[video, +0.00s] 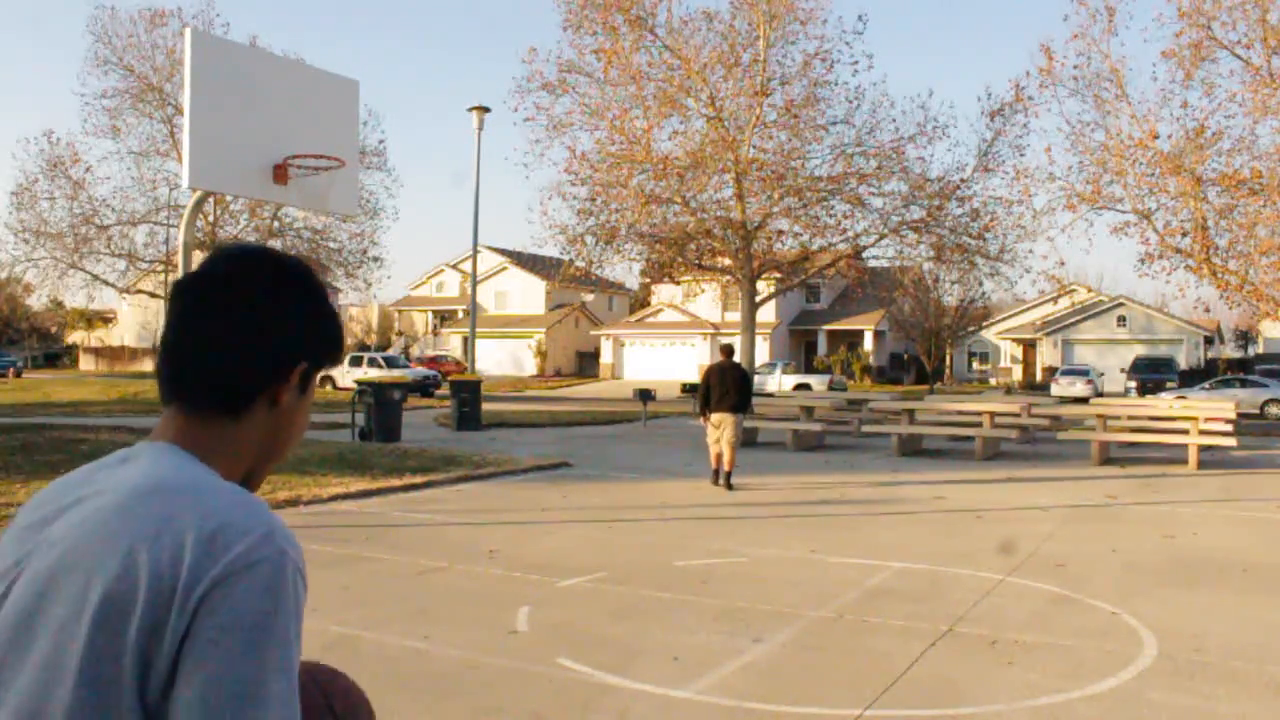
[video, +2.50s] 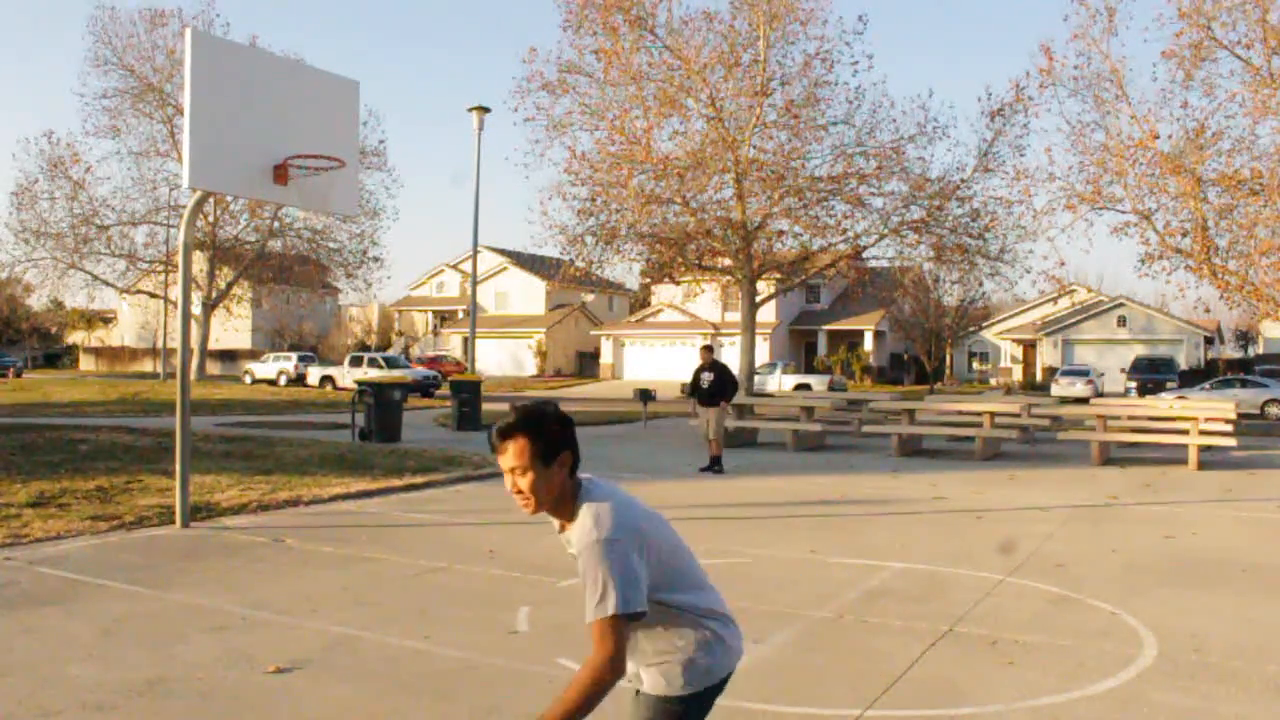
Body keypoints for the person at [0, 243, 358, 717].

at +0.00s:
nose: (306, 418)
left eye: (314, 391)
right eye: (313, 390)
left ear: (174, 358)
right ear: (290, 385)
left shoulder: (52, 497)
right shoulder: (247, 544)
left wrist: (271, 678)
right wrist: (293, 690)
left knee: (325, 688)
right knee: (331, 692)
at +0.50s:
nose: (527, 412)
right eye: (529, 398)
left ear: (426, 377)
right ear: (520, 407)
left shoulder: (337, 481)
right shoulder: (507, 522)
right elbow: (503, 707)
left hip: (306, 709)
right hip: (427, 712)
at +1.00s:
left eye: (581, 344)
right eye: (653, 354)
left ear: (580, 359)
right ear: (653, 365)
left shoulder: (526, 440)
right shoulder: (654, 450)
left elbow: (488, 558)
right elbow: (792, 501)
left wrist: (480, 667)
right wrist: (910, 479)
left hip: (499, 684)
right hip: (590, 692)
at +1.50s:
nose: (655, 355)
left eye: (655, 347)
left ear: (658, 356)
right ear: (717, 350)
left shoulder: (660, 425)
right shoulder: (750, 415)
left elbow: (639, 523)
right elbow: (738, 505)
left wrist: (594, 620)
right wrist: (675, 541)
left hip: (682, 624)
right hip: (751, 625)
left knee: (654, 714)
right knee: (718, 714)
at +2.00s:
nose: (703, 422)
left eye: (708, 408)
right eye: (698, 411)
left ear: (743, 398)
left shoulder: (743, 465)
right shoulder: (804, 434)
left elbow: (765, 563)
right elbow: (835, 528)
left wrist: (754, 604)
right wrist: (861, 594)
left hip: (802, 623)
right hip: (856, 611)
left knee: (755, 707)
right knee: (840, 710)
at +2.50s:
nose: (511, 487)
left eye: (520, 472)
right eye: (506, 474)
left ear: (562, 464)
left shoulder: (602, 531)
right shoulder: (574, 506)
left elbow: (609, 661)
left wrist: (549, 716)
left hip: (690, 656)